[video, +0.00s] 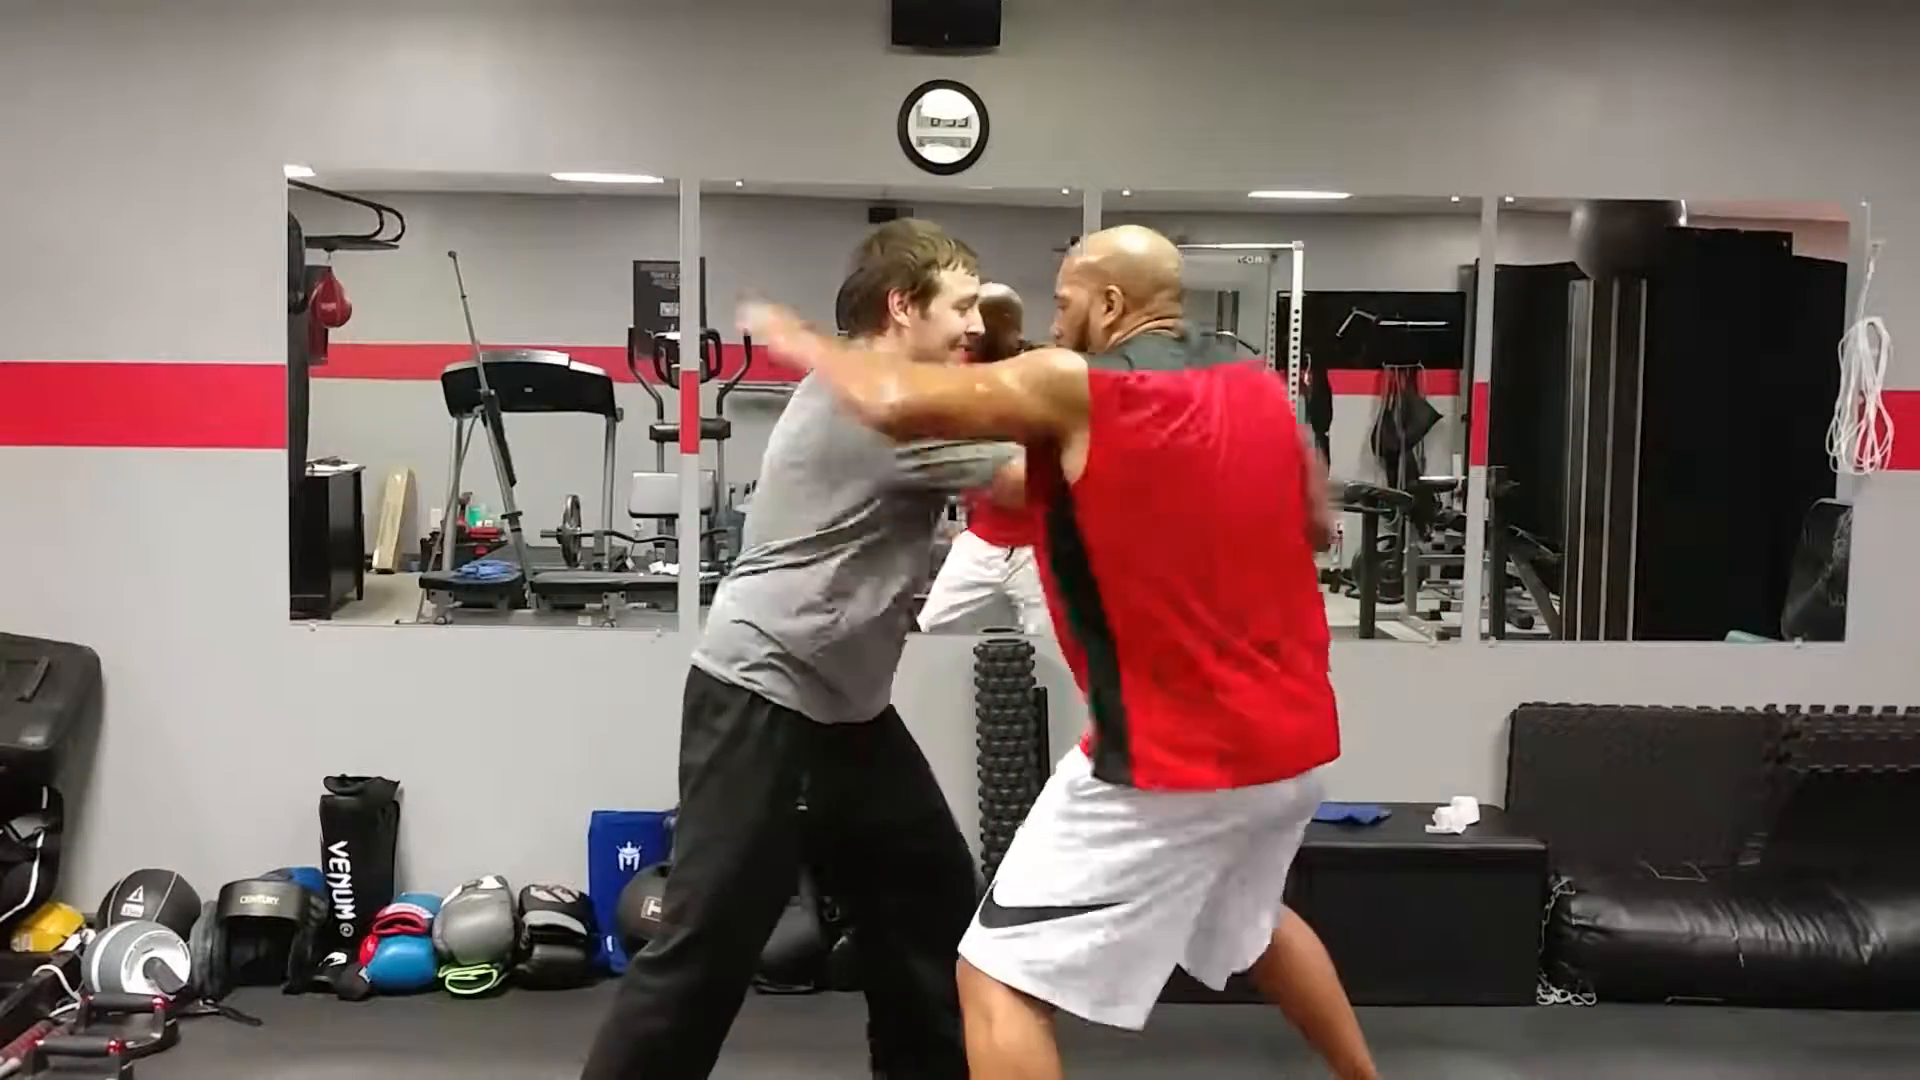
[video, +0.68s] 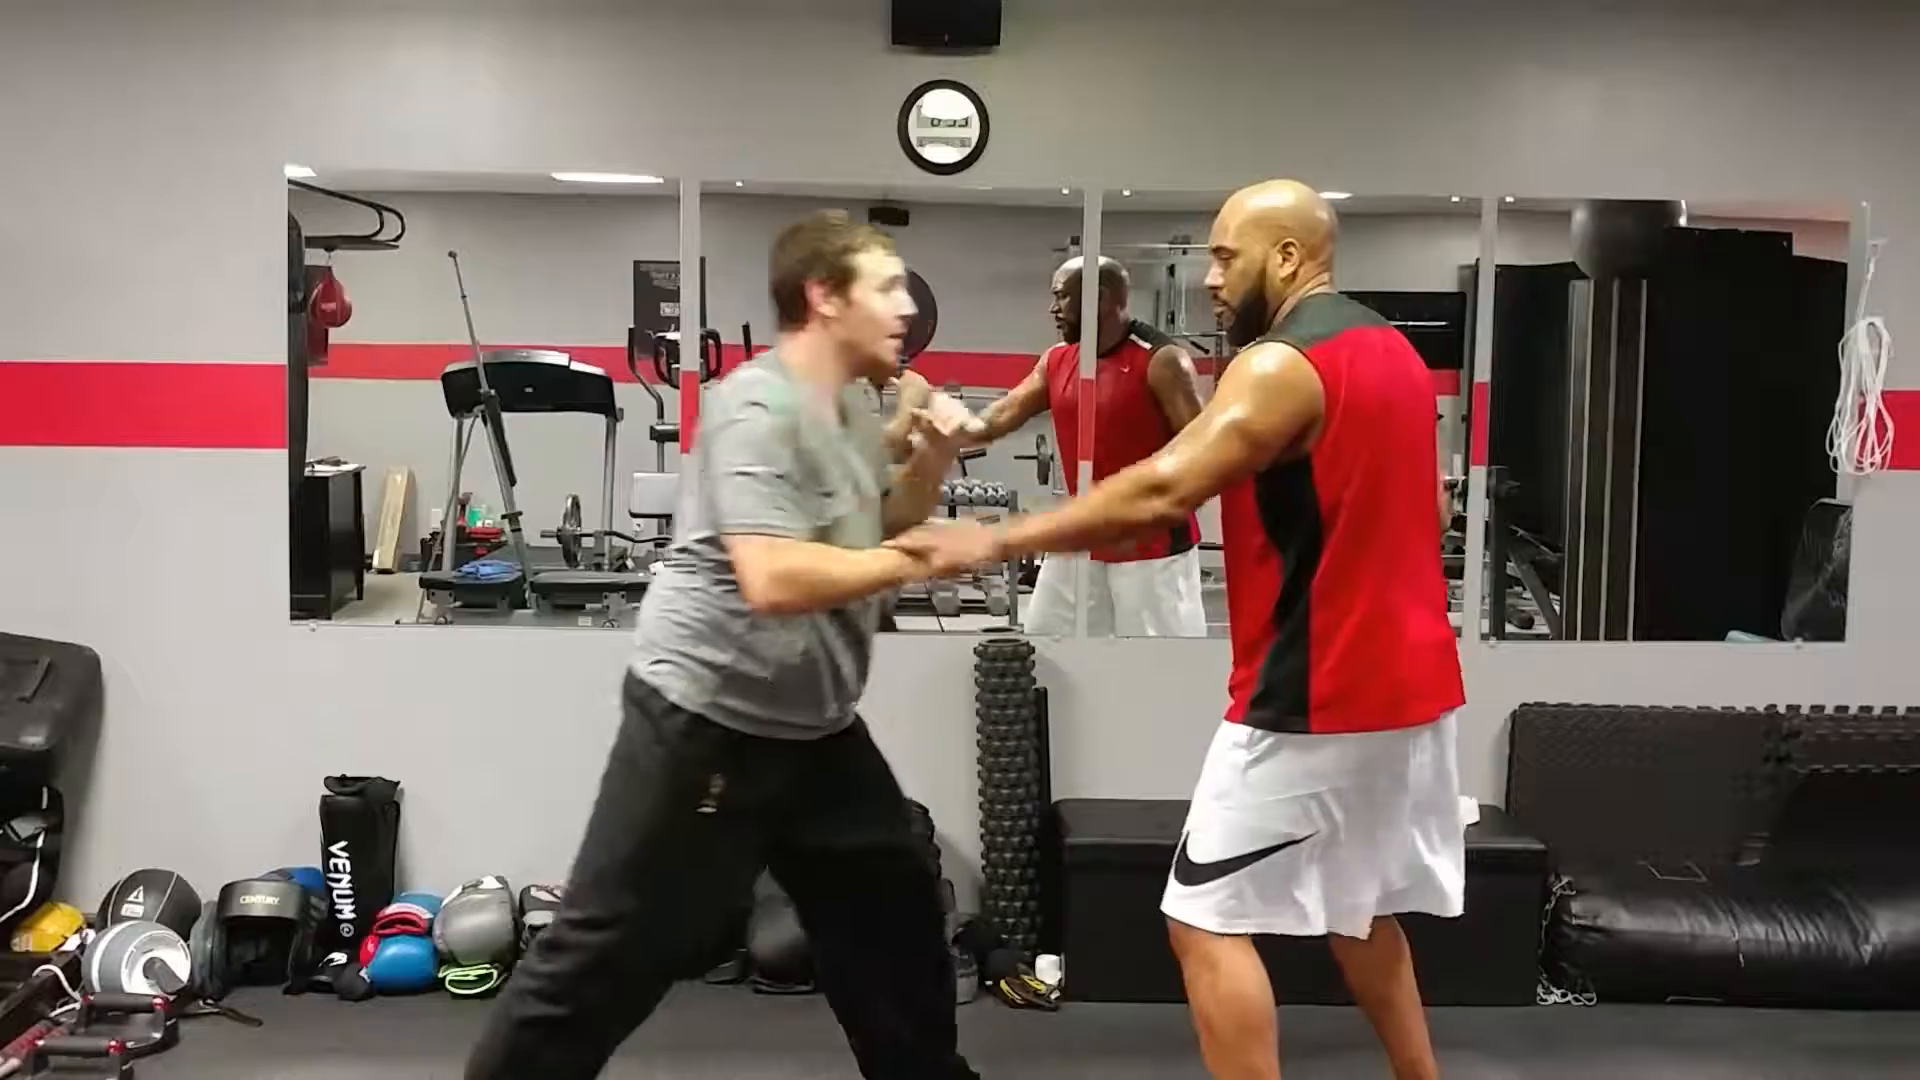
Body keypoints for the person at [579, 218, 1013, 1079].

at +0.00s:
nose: (979, 326)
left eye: (979, 307)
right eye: (961, 305)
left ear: (900, 313)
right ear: (900, 310)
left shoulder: (895, 401)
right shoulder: (865, 401)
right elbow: (1036, 471)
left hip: (848, 707)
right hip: (757, 696)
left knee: (932, 905)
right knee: (705, 945)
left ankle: (925, 1071)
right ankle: (622, 1075)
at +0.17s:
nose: (1005, 335)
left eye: (1006, 315)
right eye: (989, 313)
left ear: (928, 317)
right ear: (930, 313)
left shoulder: (874, 393)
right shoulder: (906, 412)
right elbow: (1069, 485)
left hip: (855, 710)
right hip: (771, 700)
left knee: (924, 909)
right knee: (707, 951)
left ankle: (920, 1068)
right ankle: (624, 1075)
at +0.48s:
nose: (1004, 320)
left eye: (1003, 300)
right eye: (988, 298)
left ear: (928, 309)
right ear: (927, 307)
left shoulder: (924, 391)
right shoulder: (908, 396)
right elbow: (1016, 552)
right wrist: (1165, 547)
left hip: (852, 700)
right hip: (765, 684)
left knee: (919, 895)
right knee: (685, 932)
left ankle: (923, 1070)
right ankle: (595, 1078)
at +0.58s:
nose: (967, 312)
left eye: (966, 293)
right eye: (951, 292)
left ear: (896, 304)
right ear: (889, 302)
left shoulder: (905, 397)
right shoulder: (846, 398)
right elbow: (891, 579)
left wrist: (1018, 393)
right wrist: (1028, 564)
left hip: (843, 710)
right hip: (744, 695)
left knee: (919, 905)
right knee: (651, 942)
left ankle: (924, 1069)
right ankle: (547, 1074)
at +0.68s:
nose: (909, 311)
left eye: (907, 292)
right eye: (891, 290)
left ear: (838, 303)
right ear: (824, 299)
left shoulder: (859, 416)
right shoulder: (753, 402)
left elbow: (887, 543)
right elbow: (772, 579)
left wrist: (934, 459)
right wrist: (910, 561)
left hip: (814, 728)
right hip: (698, 720)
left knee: (896, 935)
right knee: (602, 959)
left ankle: (925, 1071)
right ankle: (504, 1074)